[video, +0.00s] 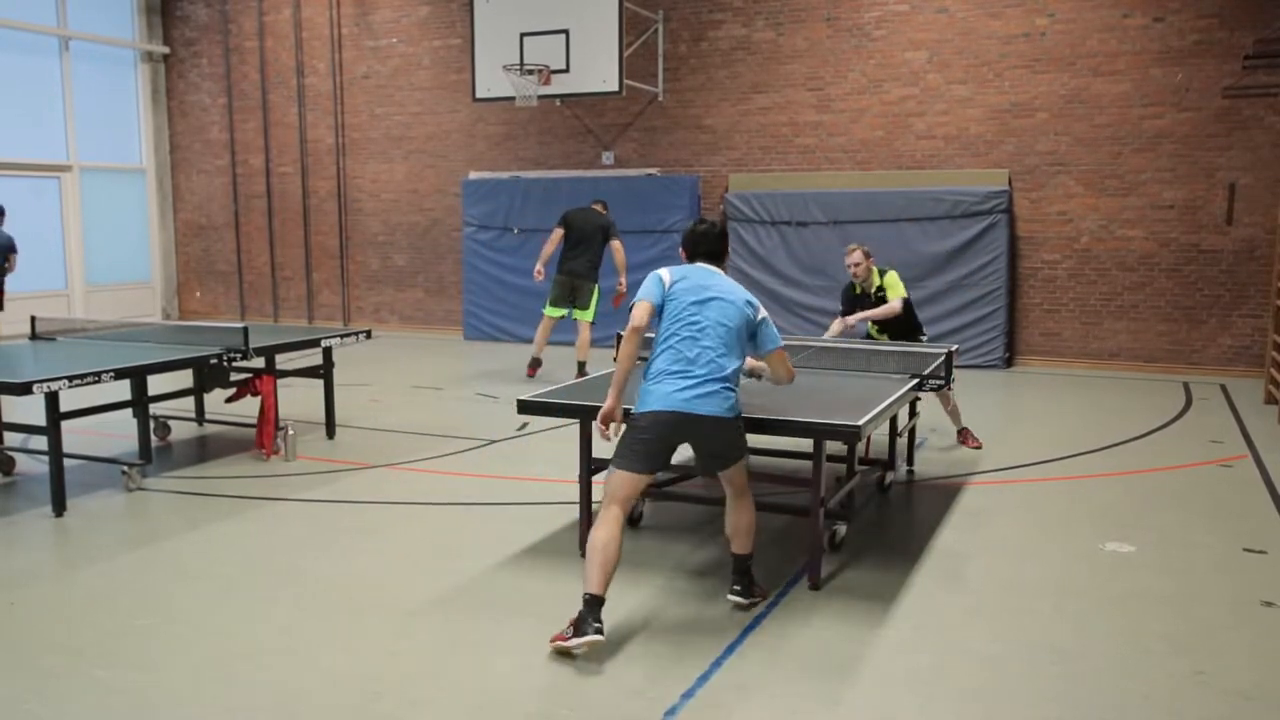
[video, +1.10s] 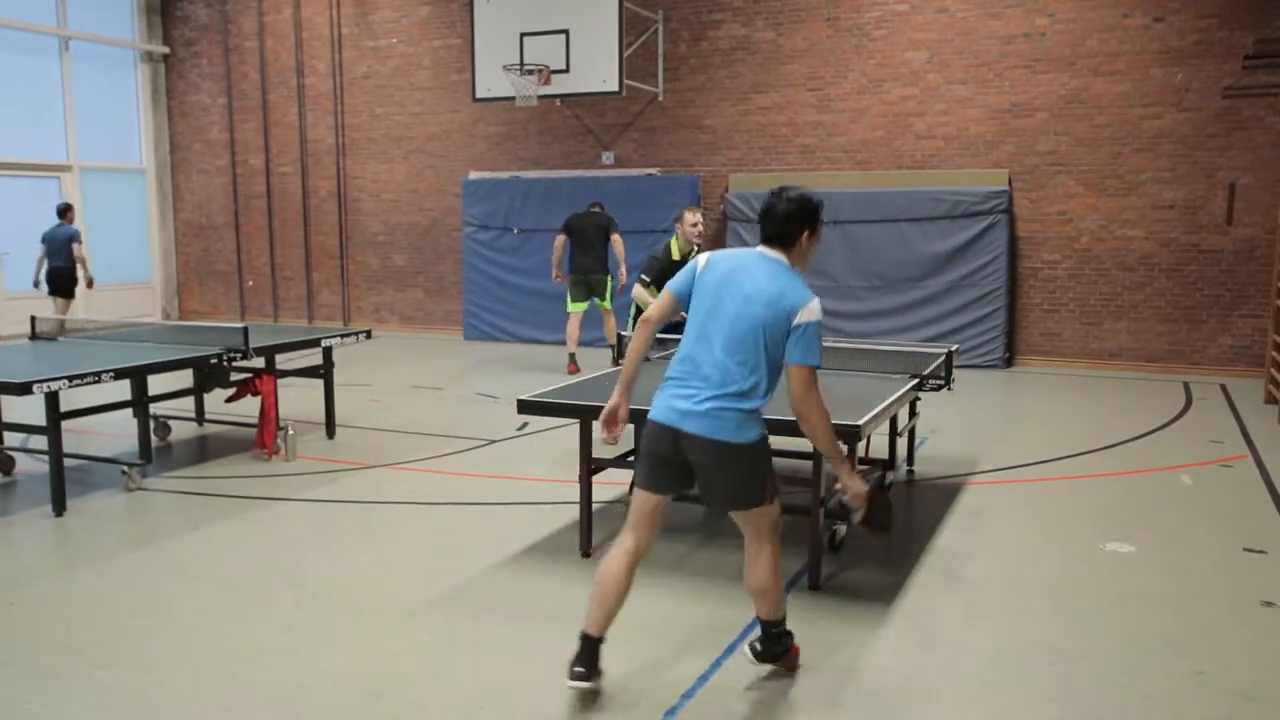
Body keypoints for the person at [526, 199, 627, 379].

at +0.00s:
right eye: (605, 213)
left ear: (590, 206)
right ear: (604, 211)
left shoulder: (570, 214)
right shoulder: (607, 222)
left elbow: (554, 238)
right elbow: (617, 247)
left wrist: (541, 262)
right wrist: (622, 276)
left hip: (563, 275)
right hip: (587, 280)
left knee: (548, 319)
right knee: (584, 324)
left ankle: (535, 358)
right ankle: (581, 370)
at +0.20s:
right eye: (598, 213)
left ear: (585, 210)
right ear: (599, 213)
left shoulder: (567, 218)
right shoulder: (605, 223)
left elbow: (552, 242)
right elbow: (616, 247)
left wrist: (544, 266)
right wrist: (622, 272)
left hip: (563, 274)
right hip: (587, 277)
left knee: (563, 319)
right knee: (584, 323)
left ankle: (562, 362)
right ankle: (581, 369)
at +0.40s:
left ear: (578, 216)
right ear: (593, 216)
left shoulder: (562, 225)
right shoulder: (594, 221)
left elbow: (547, 249)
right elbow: (604, 240)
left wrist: (546, 278)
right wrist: (615, 264)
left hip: (564, 277)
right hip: (586, 275)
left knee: (569, 319)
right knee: (588, 318)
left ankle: (570, 361)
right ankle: (585, 355)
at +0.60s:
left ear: (574, 212)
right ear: (589, 210)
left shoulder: (559, 223)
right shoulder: (589, 212)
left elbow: (547, 249)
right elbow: (599, 232)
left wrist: (550, 276)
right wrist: (610, 257)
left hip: (565, 271)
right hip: (587, 269)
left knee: (569, 317)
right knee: (600, 307)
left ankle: (570, 359)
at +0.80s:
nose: (596, 213)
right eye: (595, 209)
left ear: (577, 207)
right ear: (591, 207)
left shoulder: (562, 219)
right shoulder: (592, 213)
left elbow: (549, 245)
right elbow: (601, 231)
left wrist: (553, 272)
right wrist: (612, 257)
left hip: (568, 273)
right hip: (590, 269)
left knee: (570, 318)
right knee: (606, 305)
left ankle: (570, 360)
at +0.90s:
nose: (595, 211)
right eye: (595, 208)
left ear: (579, 206)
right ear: (594, 207)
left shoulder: (564, 219)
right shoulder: (596, 215)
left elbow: (552, 244)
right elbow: (604, 232)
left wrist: (555, 271)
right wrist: (615, 259)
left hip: (570, 274)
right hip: (593, 272)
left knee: (571, 317)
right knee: (600, 316)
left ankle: (570, 360)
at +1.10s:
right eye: (602, 211)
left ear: (588, 209)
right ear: (602, 211)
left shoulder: (573, 219)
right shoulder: (607, 220)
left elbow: (559, 242)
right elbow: (616, 240)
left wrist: (555, 268)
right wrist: (622, 266)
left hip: (577, 274)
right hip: (600, 274)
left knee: (574, 316)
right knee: (608, 313)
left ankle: (571, 359)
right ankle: (615, 354)